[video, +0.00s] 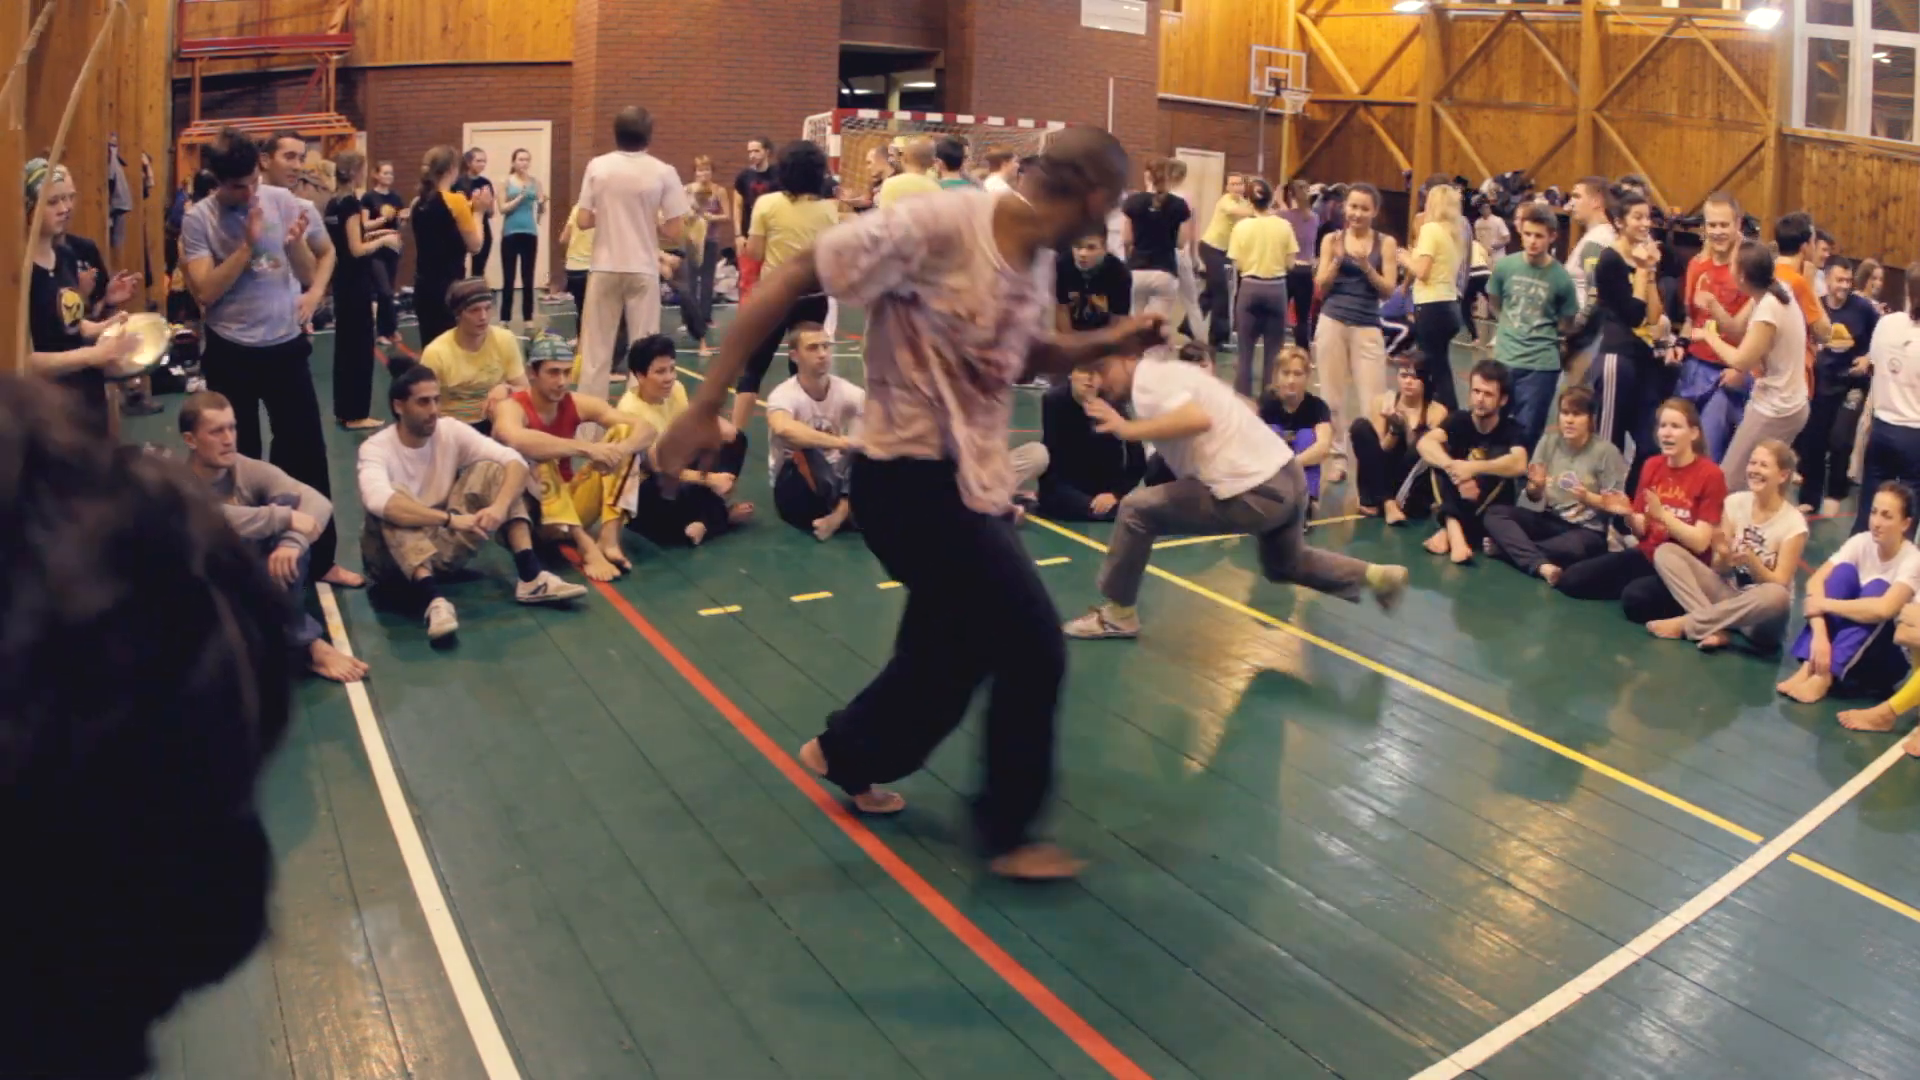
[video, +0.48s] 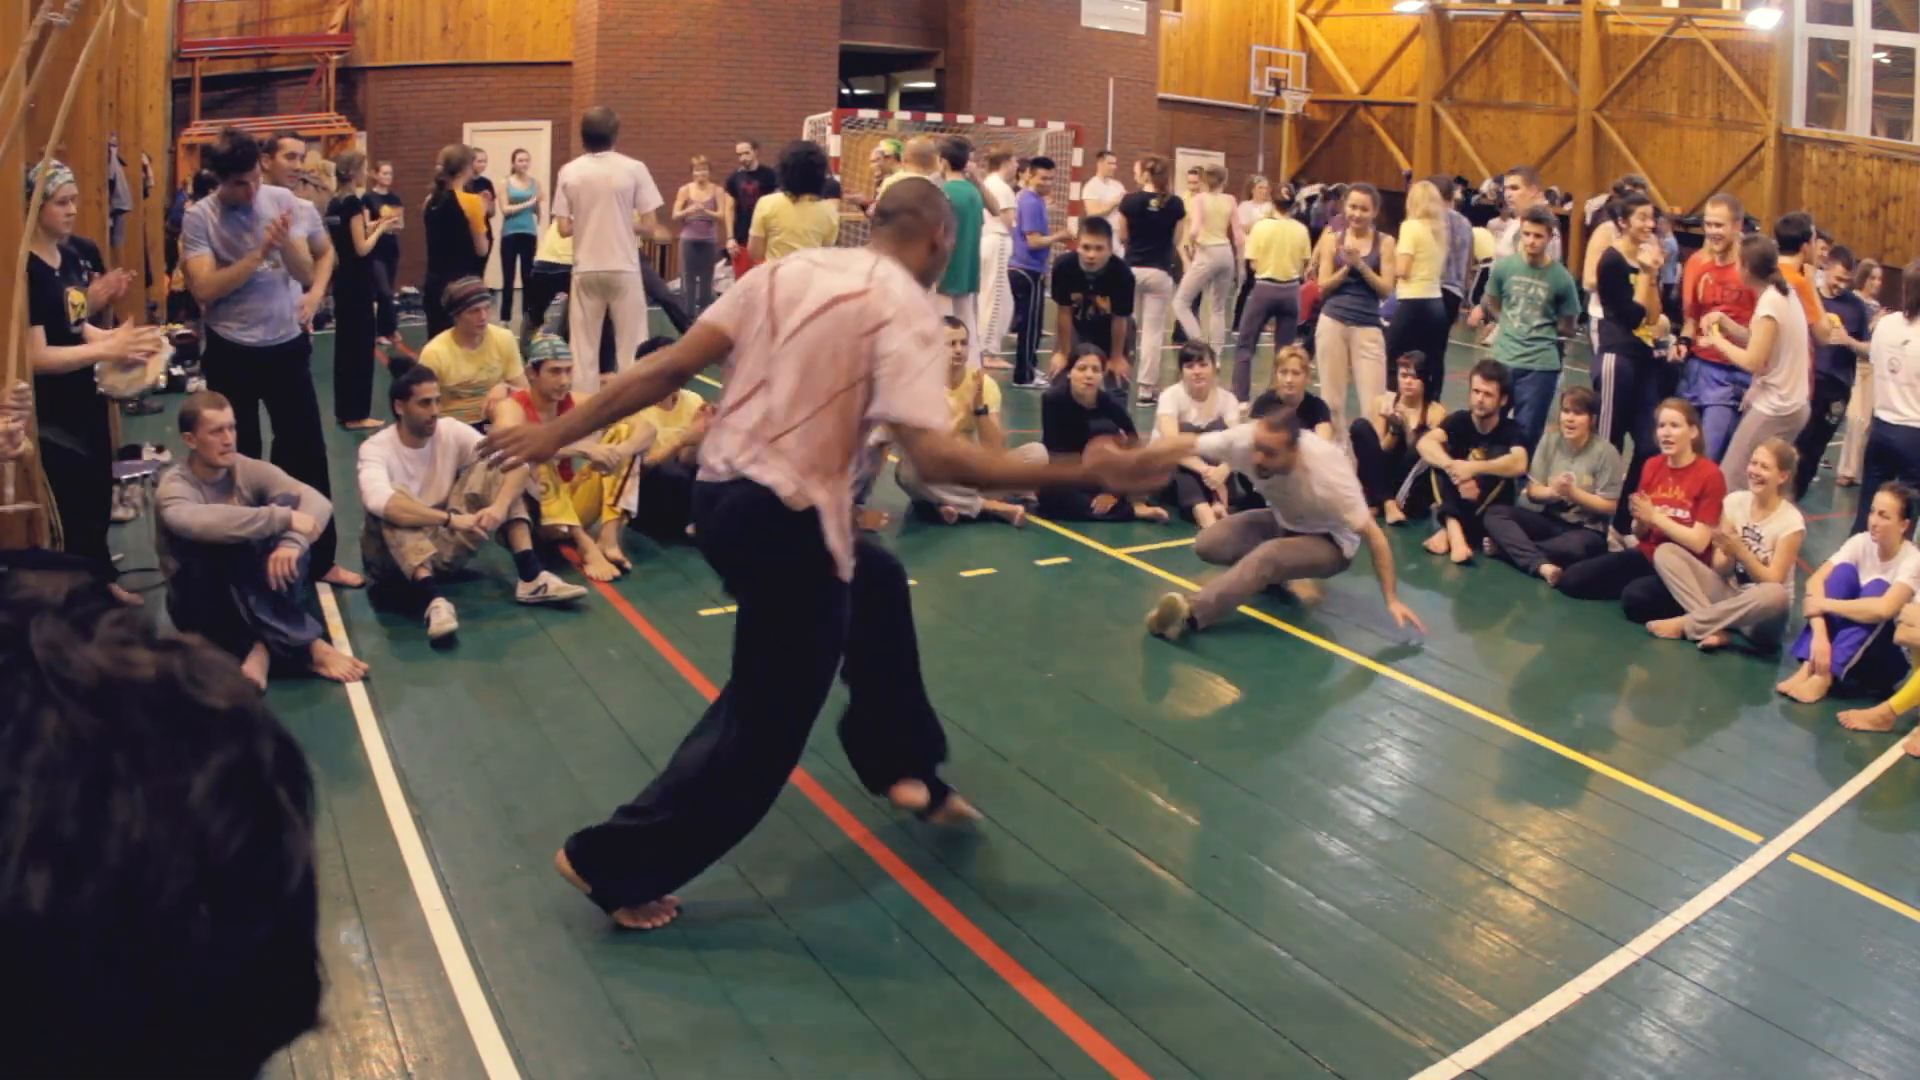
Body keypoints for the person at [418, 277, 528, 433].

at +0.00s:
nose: (483, 317)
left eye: (487, 309)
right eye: (474, 310)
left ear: (491, 309)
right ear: (458, 313)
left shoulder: (504, 340)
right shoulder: (435, 352)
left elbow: (523, 387)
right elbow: (424, 402)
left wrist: (505, 388)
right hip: (450, 428)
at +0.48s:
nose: (483, 316)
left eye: (486, 309)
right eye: (475, 311)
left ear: (490, 309)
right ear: (456, 315)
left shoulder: (504, 339)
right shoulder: (434, 351)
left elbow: (523, 388)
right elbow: (422, 401)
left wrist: (504, 387)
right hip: (451, 426)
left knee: (508, 405)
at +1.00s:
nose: (480, 317)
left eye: (484, 309)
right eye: (471, 311)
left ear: (489, 309)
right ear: (454, 315)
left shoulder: (503, 340)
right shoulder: (433, 353)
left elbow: (523, 389)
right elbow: (420, 400)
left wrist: (504, 387)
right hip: (449, 427)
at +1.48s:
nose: (481, 317)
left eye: (485, 309)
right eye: (472, 311)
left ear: (490, 309)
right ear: (455, 314)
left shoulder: (503, 340)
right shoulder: (434, 353)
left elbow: (523, 389)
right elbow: (419, 400)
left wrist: (504, 387)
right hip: (449, 428)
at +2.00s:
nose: (480, 316)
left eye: (484, 308)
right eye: (471, 310)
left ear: (488, 309)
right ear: (454, 313)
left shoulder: (503, 339)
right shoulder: (434, 351)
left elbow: (524, 389)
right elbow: (420, 400)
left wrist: (505, 387)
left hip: (494, 423)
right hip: (449, 428)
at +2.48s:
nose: (452, 331)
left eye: (458, 324)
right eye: (449, 323)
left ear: (481, 321)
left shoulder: (508, 342)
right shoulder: (437, 352)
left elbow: (525, 389)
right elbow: (427, 403)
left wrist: (504, 386)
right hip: (451, 427)